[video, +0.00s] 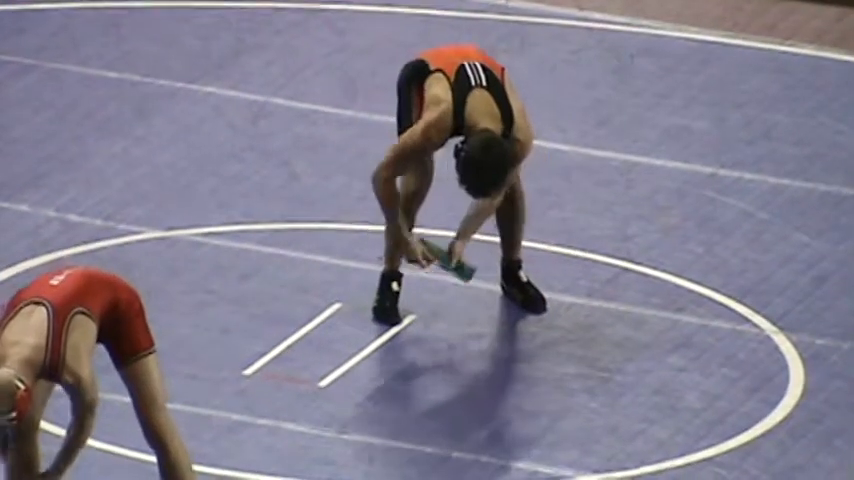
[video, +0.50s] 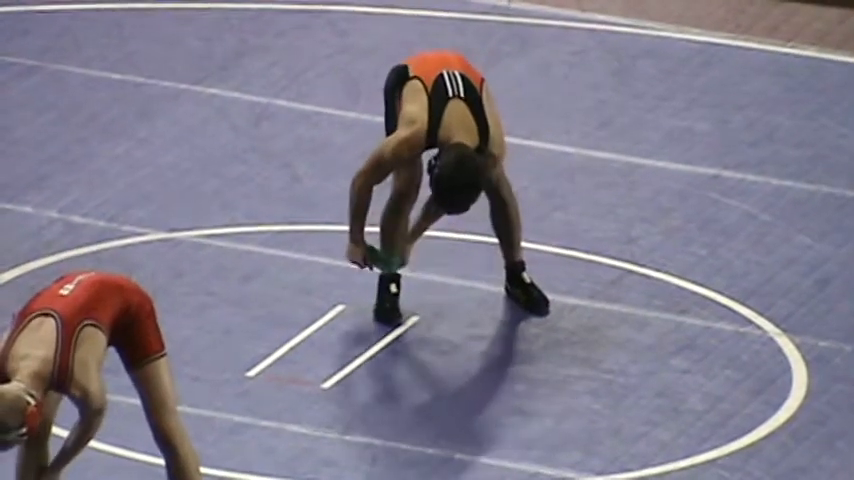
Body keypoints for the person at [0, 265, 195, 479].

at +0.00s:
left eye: (11, 426)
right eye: (9, 428)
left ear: (24, 402)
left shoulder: (74, 370)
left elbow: (83, 423)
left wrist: (55, 472)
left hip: (109, 293)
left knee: (157, 429)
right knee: (24, 427)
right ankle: (23, 474)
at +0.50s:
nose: (21, 441)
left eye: (17, 438)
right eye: (14, 440)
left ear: (32, 411)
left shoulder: (83, 384)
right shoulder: (4, 364)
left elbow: (91, 419)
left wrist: (54, 470)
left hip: (124, 297)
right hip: (67, 288)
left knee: (166, 431)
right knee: (36, 434)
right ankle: (31, 476)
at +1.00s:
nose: (19, 433)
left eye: (16, 430)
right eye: (13, 432)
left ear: (32, 407)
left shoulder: (82, 378)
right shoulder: (5, 363)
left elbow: (95, 413)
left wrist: (56, 464)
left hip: (127, 295)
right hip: (71, 286)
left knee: (170, 428)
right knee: (38, 432)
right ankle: (33, 473)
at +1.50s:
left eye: (27, 384)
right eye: (16, 388)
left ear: (45, 359)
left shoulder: (94, 352)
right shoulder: (9, 328)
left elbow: (86, 420)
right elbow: (23, 388)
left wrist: (50, 463)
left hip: (135, 290)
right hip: (71, 278)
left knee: (172, 430)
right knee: (41, 423)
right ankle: (33, 476)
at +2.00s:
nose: (29, 211)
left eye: (38, 199)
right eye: (20, 202)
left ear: (60, 186)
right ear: (12, 201)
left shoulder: (104, 221)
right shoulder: (41, 219)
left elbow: (125, 306)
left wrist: (59, 323)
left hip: (143, 316)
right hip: (94, 315)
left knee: (169, 433)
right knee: (42, 419)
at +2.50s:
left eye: (0, 103)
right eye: (2, 104)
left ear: (5, 106)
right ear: (6, 106)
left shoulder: (17, 183)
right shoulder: (29, 150)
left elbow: (37, 268)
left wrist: (0, 295)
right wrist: (12, 280)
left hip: (31, 311)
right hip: (52, 299)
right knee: (33, 421)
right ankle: (50, 474)